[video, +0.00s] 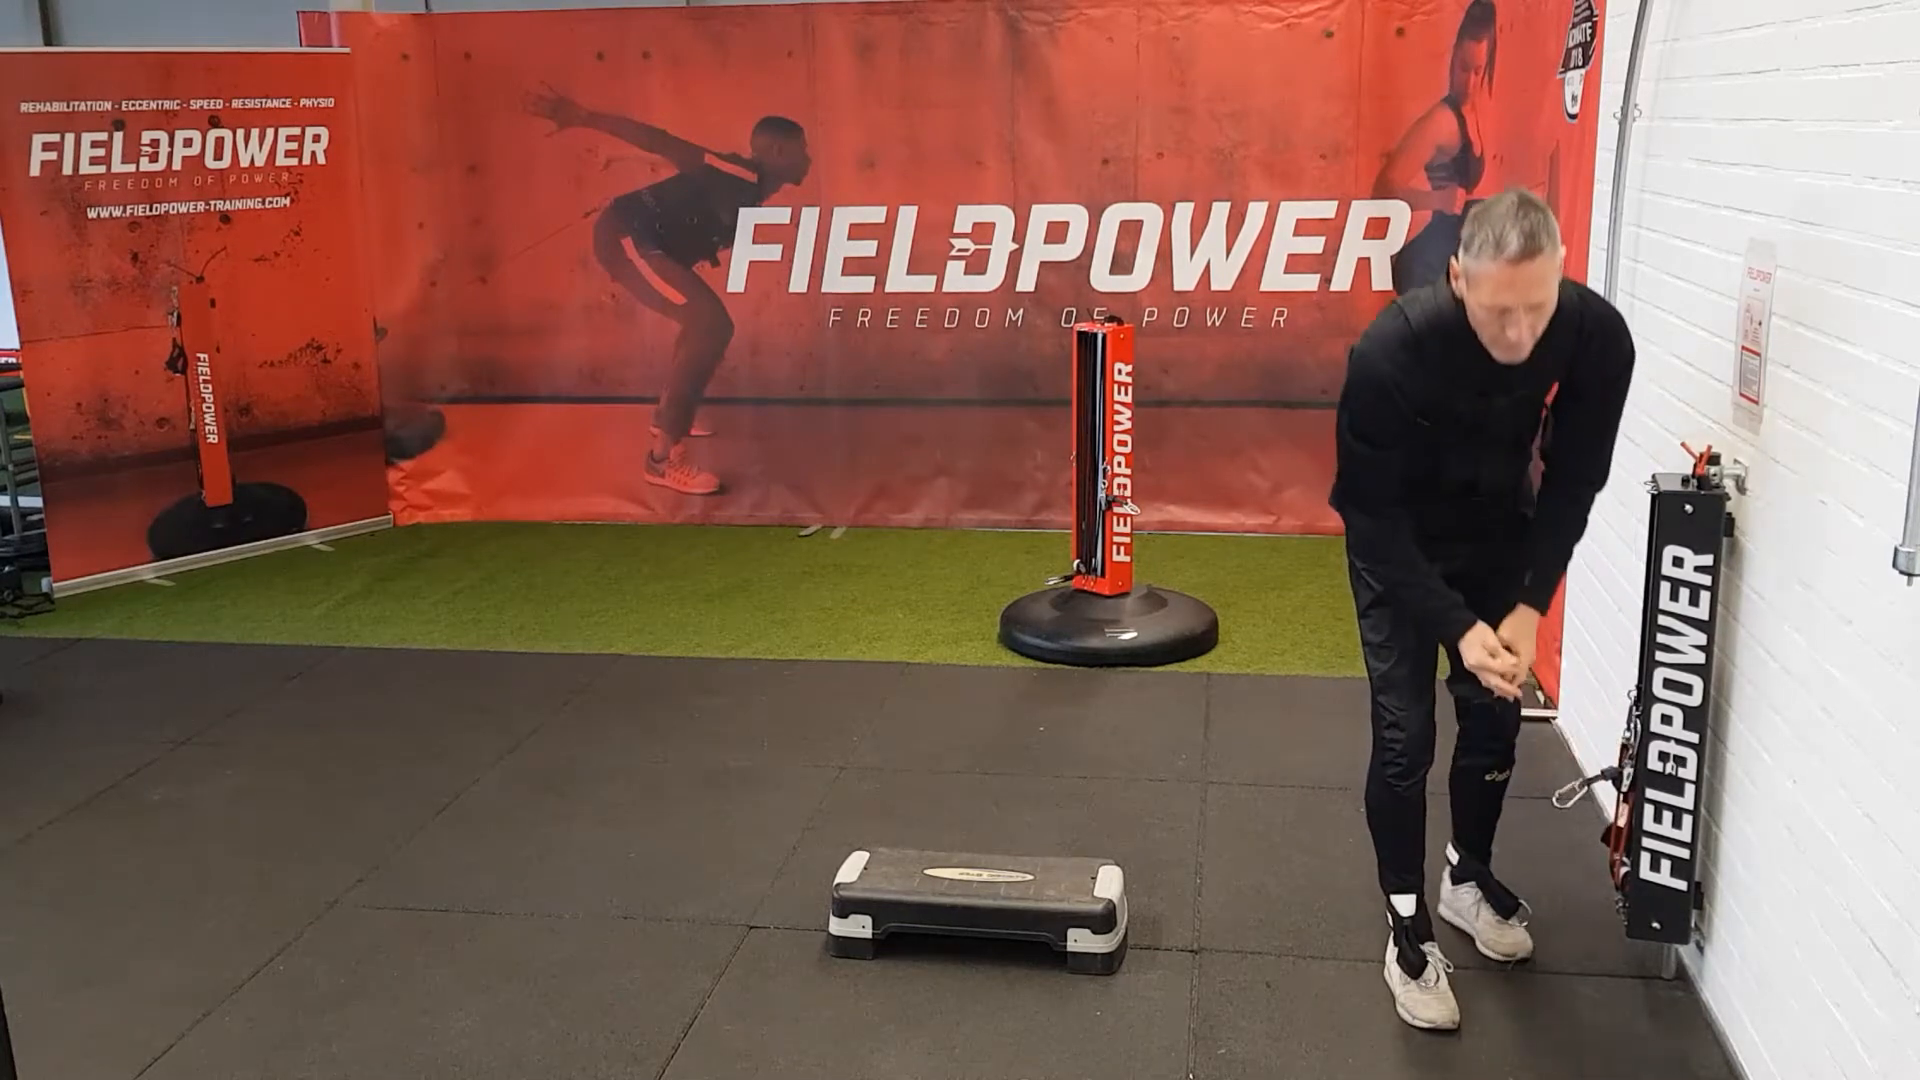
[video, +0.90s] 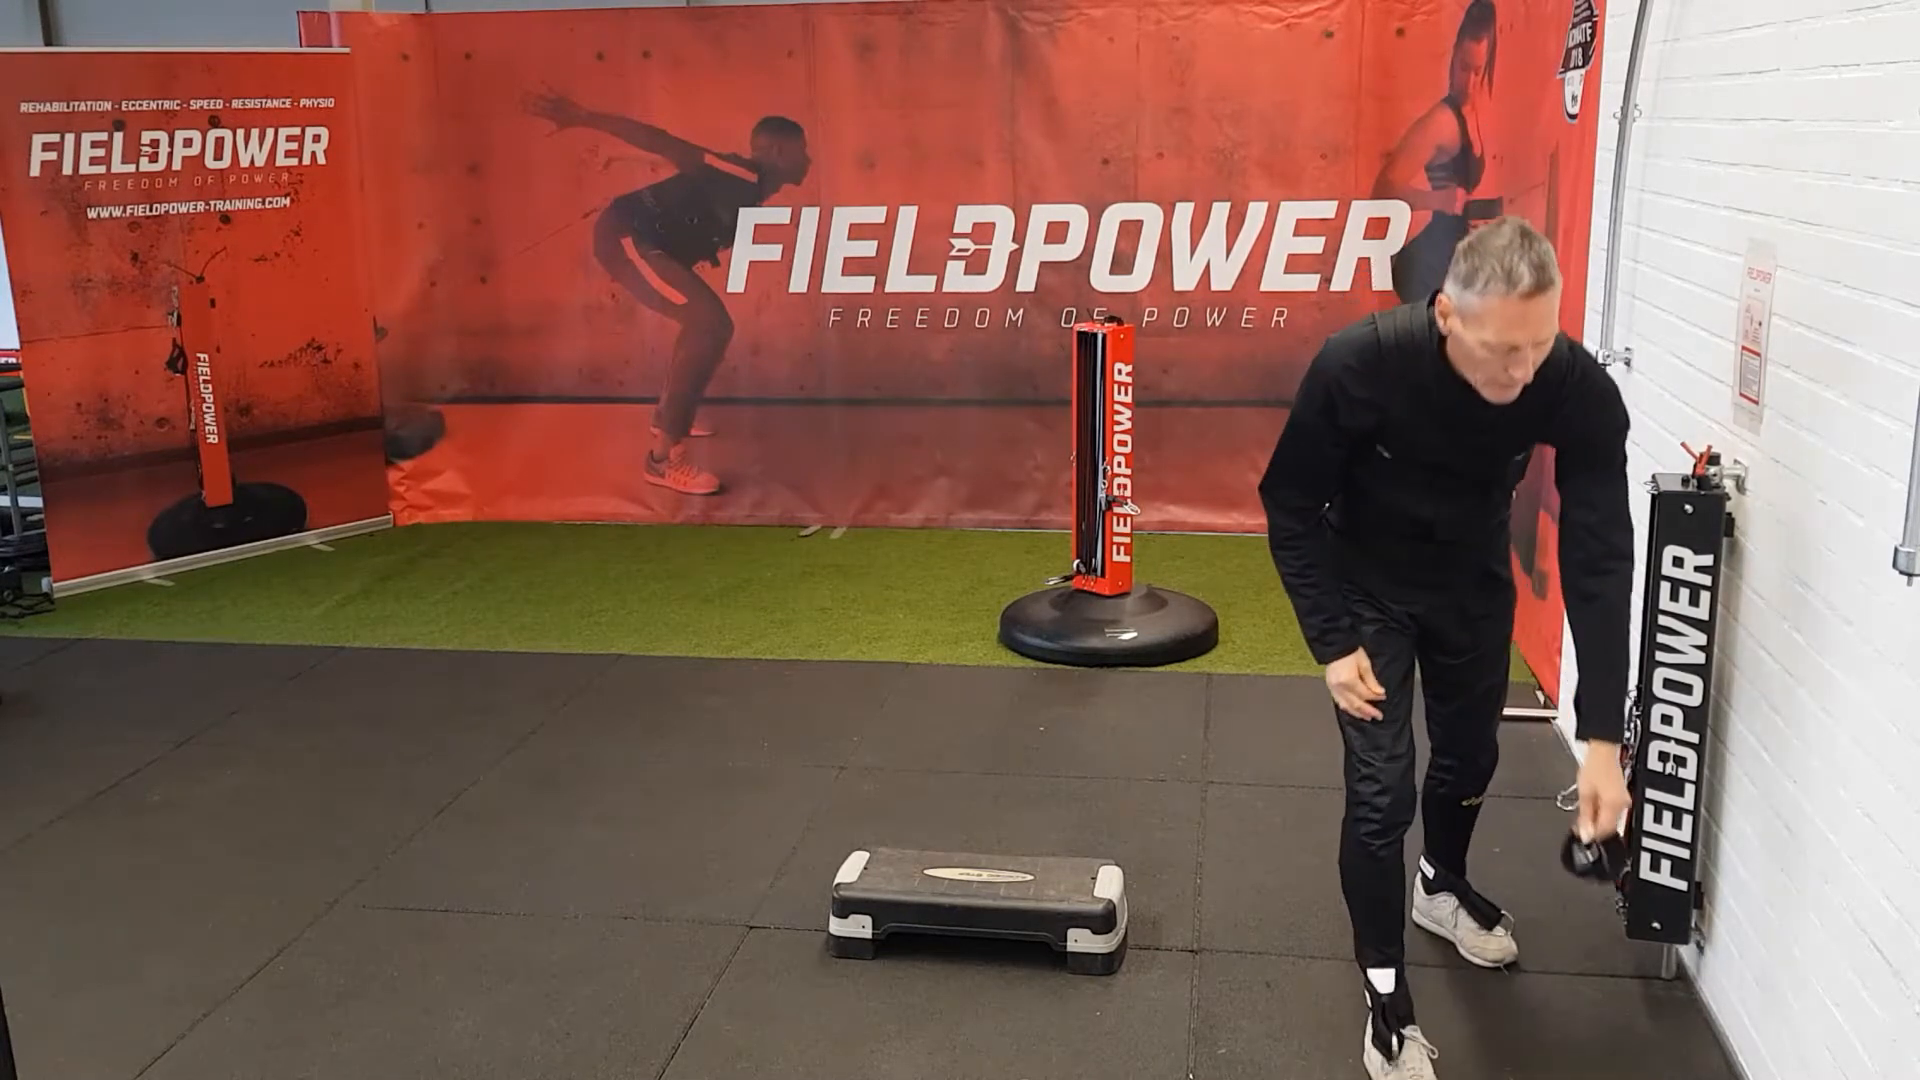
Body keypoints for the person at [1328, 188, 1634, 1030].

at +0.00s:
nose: (1517, 331)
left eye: (1534, 310)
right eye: (1497, 311)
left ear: (1561, 277)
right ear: (1459, 280)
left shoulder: (1596, 337)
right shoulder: (1391, 356)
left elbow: (1573, 484)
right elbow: (1373, 518)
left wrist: (1532, 604)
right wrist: (1459, 627)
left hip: (1497, 542)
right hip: (1398, 543)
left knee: (1491, 724)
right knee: (1406, 739)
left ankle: (1468, 880)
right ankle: (1407, 935)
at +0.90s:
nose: (1521, 370)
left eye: (1538, 347)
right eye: (1501, 351)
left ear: (1555, 316)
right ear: (1447, 315)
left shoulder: (1576, 391)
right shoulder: (1360, 366)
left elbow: (1600, 564)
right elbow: (1290, 501)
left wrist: (1602, 737)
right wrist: (1331, 640)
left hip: (1473, 592)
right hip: (1363, 591)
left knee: (1467, 764)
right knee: (1384, 797)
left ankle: (1441, 883)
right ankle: (1387, 1000)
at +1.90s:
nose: (1621, 401)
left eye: (1630, 390)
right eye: (1621, 387)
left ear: (1581, 346)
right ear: (1572, 352)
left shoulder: (1569, 382)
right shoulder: (1428, 391)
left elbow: (1533, 496)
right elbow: (1393, 557)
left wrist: (1526, 624)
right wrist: (1453, 682)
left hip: (1436, 538)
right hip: (1349, 545)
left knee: (1465, 723)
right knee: (1376, 768)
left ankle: (1398, 866)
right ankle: (1384, 1002)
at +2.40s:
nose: (1615, 529)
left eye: (1626, 520)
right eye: (1616, 516)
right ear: (1580, 482)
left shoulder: (1564, 451)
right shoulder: (1450, 486)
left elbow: (1557, 588)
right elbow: (1469, 635)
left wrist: (1574, 710)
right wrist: (1544, 741)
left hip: (1392, 545)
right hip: (1310, 539)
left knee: (1460, 695)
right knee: (1349, 743)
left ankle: (1396, 866)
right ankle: (1365, 970)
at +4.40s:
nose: (1584, 440)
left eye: (1599, 424)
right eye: (1570, 421)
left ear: (1613, 393)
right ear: (1523, 377)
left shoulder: (1573, 408)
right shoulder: (1428, 423)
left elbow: (1565, 520)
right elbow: (1413, 580)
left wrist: (1556, 649)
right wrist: (1484, 679)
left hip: (1420, 532)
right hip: (1334, 529)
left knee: (1456, 703)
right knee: (1359, 745)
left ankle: (1394, 865)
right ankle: (1366, 973)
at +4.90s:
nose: (1527, 323)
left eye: (1544, 300)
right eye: (1506, 303)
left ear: (1565, 271)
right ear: (1458, 269)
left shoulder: (1587, 344)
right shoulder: (1377, 346)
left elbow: (1593, 505)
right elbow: (1343, 524)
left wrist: (1562, 660)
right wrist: (1422, 660)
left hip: (1489, 562)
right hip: (1378, 567)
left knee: (1515, 761)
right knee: (1383, 779)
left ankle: (1487, 968)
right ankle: (1372, 977)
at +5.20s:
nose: (1536, 306)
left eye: (1556, 282)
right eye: (1515, 284)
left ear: (1583, 251)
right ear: (1473, 248)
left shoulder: (1620, 355)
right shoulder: (1405, 311)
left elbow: (1652, 552)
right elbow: (1322, 453)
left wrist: (1659, 736)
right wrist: (1299, 612)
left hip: (1530, 583)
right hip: (1408, 569)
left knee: (1532, 812)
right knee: (1397, 777)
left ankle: (1515, 1040)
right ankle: (1374, 981)